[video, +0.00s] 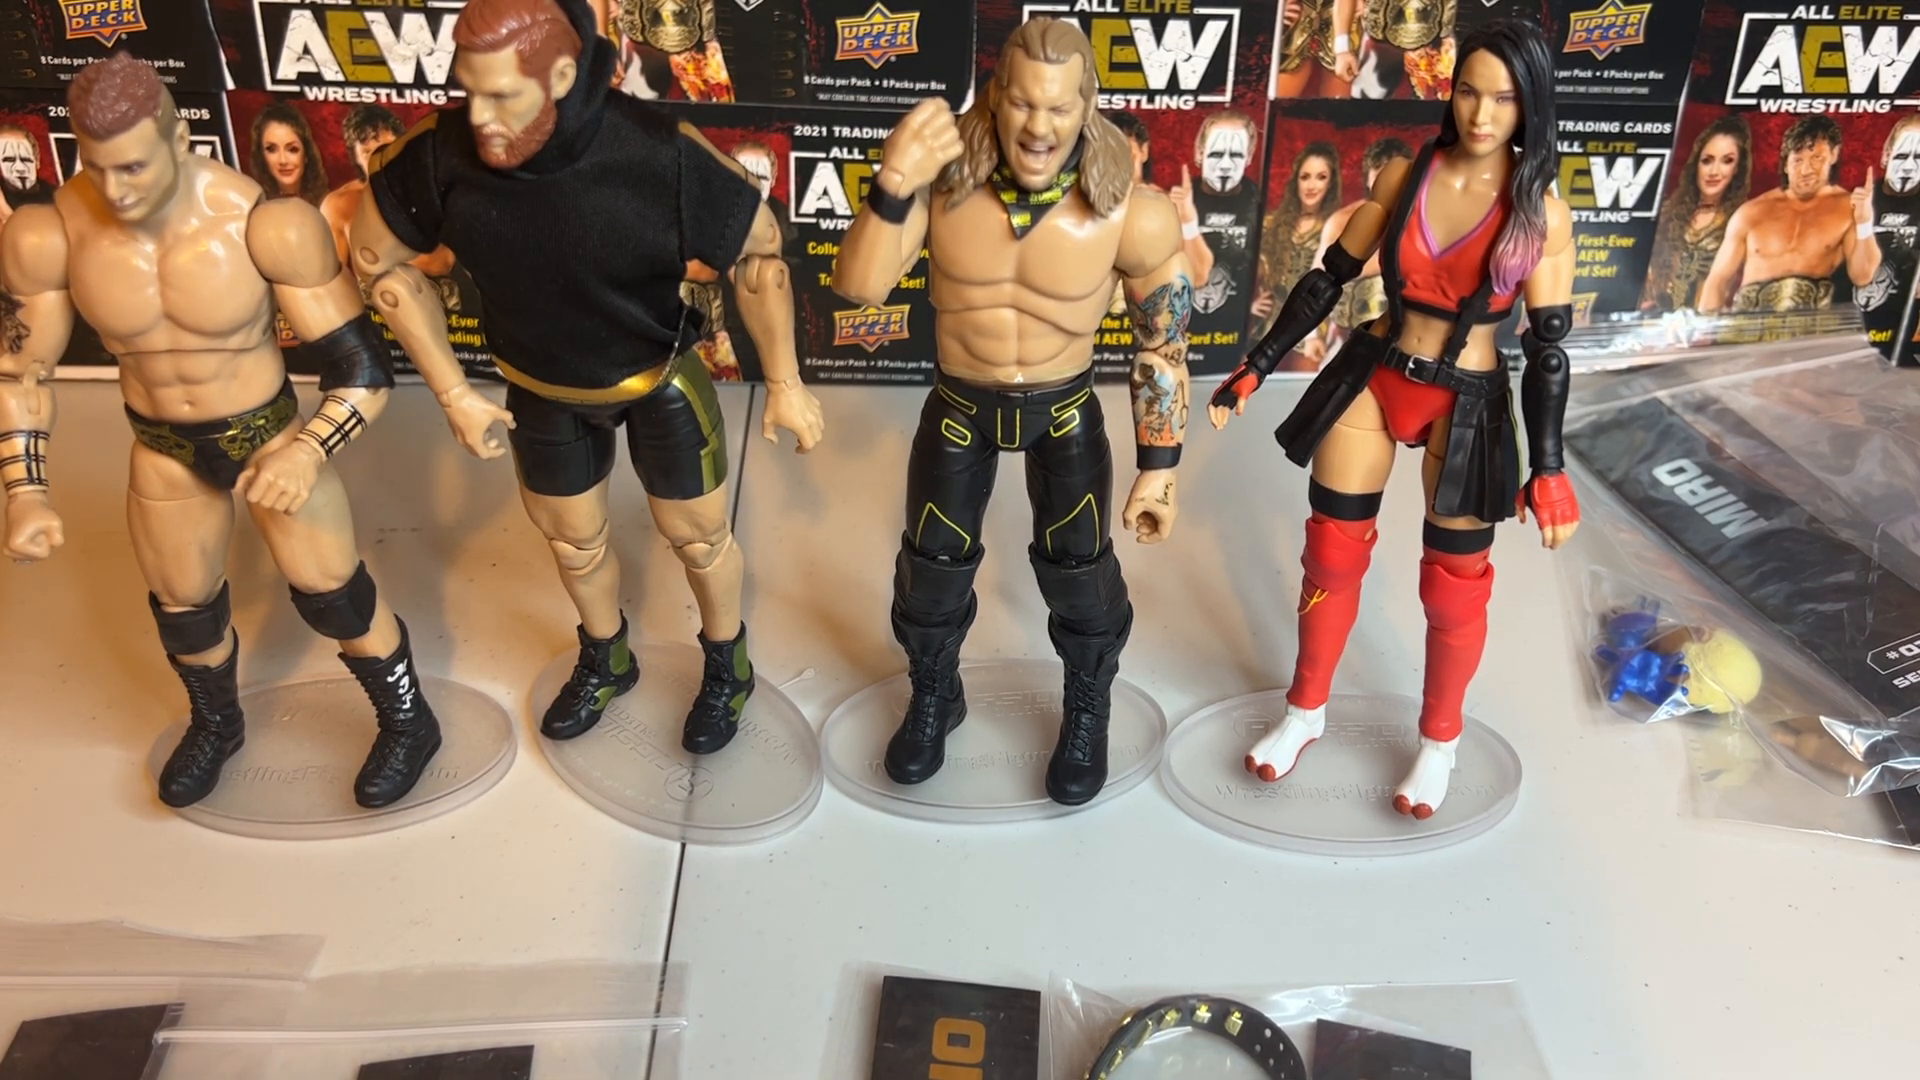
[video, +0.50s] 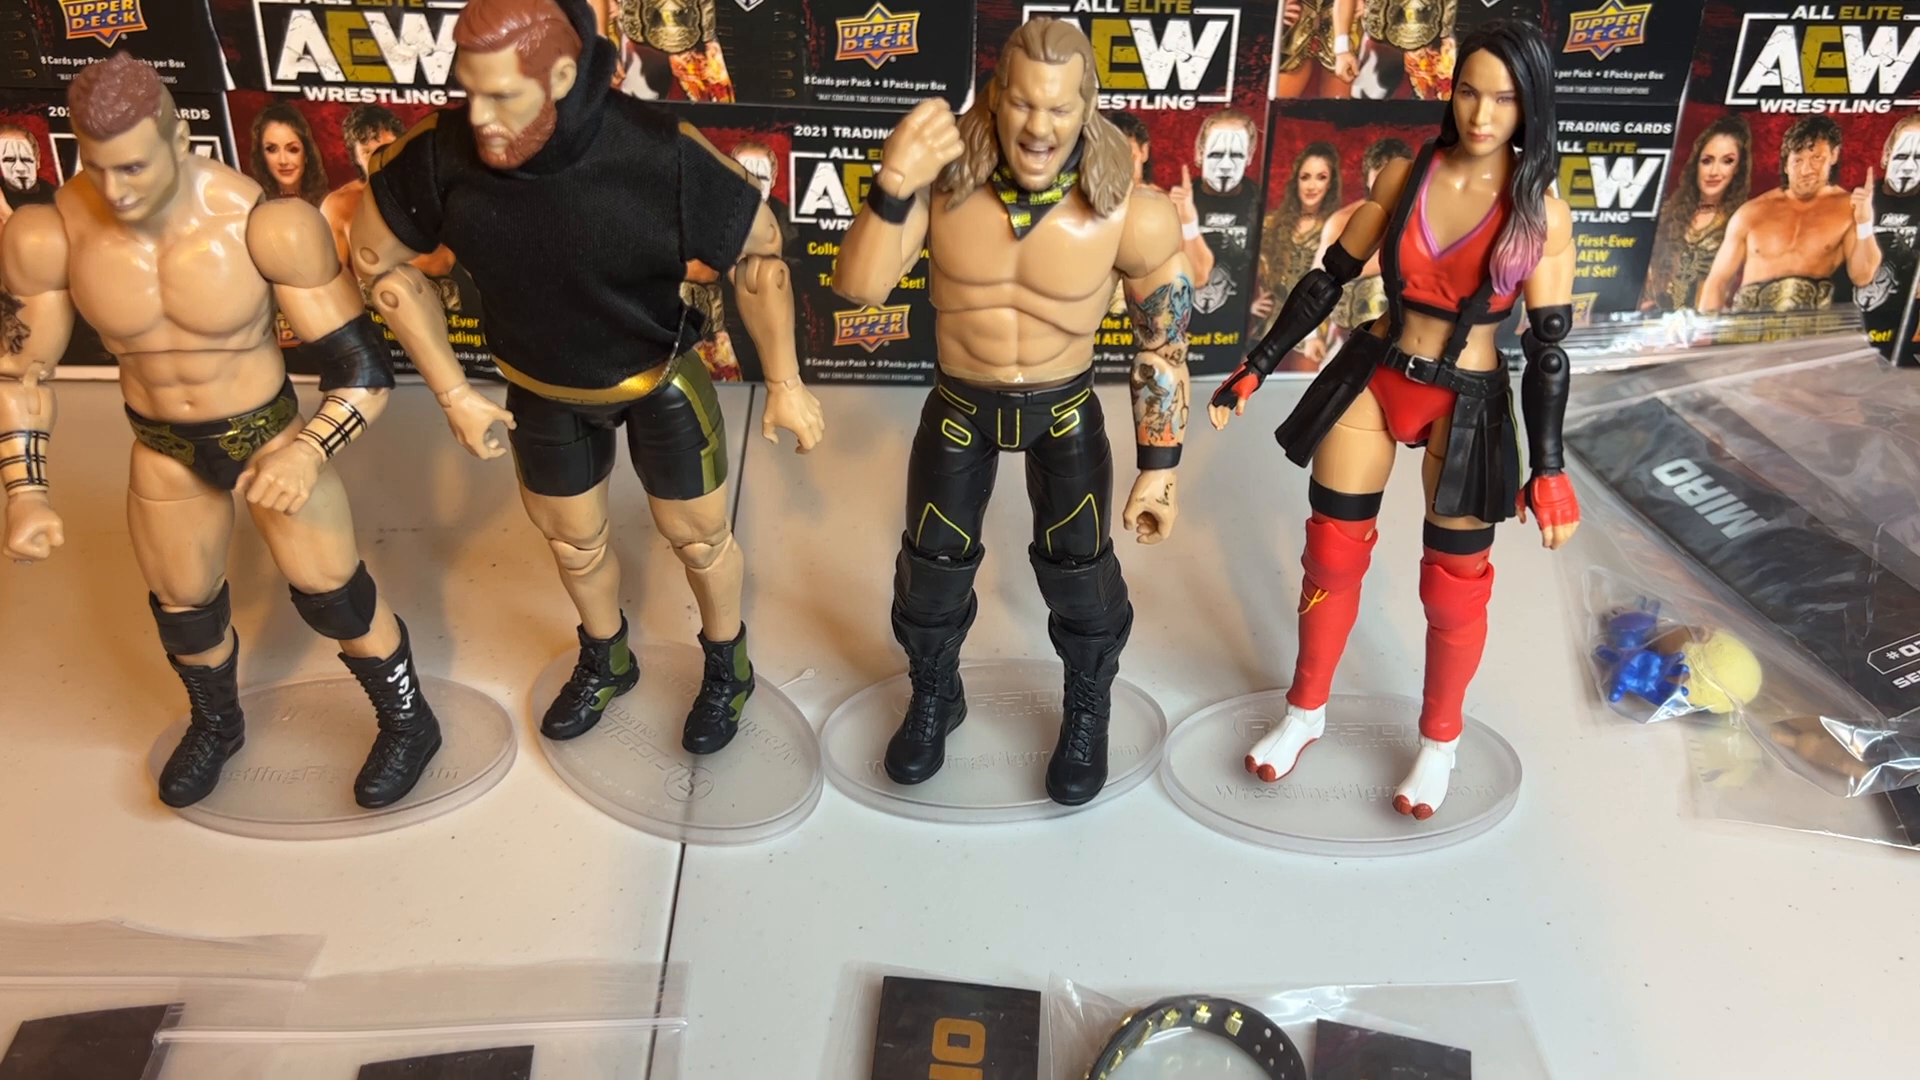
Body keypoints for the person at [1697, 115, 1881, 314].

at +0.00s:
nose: (1806, 169)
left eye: (1817, 158)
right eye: (1797, 160)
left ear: (1834, 156)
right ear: (1785, 163)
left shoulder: (1847, 206)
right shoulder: (1750, 212)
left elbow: (1861, 277)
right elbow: (1718, 281)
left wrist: (1864, 223)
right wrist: (1704, 335)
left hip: (1810, 315)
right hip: (1748, 312)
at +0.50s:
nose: (1806, 169)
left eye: (1816, 158)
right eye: (1797, 160)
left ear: (1834, 156)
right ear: (1785, 163)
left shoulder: (1848, 207)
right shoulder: (1750, 212)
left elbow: (1862, 277)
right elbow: (1718, 282)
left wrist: (1864, 223)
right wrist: (1704, 336)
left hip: (1810, 316)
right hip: (1748, 314)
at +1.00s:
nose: (1806, 169)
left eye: (1816, 158)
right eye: (1797, 160)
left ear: (1834, 156)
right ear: (1785, 163)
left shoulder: (1848, 207)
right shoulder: (1750, 212)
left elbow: (1862, 277)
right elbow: (1718, 281)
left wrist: (1864, 223)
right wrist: (1704, 336)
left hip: (1809, 315)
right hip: (1748, 313)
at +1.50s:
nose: (1806, 169)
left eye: (1816, 158)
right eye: (1797, 160)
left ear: (1834, 156)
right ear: (1785, 163)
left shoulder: (1848, 207)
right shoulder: (1750, 213)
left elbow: (1862, 277)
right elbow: (1718, 281)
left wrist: (1864, 223)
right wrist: (1703, 336)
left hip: (1810, 316)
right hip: (1748, 314)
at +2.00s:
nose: (1806, 170)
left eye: (1817, 158)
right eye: (1797, 160)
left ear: (1834, 156)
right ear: (1785, 163)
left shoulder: (1848, 207)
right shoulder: (1750, 213)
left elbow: (1862, 277)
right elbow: (1718, 282)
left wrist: (1864, 224)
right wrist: (1704, 336)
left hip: (1810, 316)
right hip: (1749, 314)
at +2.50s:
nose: (1806, 170)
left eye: (1817, 158)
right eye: (1798, 160)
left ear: (1834, 156)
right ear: (1785, 163)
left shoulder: (1848, 207)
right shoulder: (1751, 213)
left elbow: (1862, 277)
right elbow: (1718, 281)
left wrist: (1864, 223)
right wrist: (1704, 336)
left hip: (1810, 316)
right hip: (1748, 313)